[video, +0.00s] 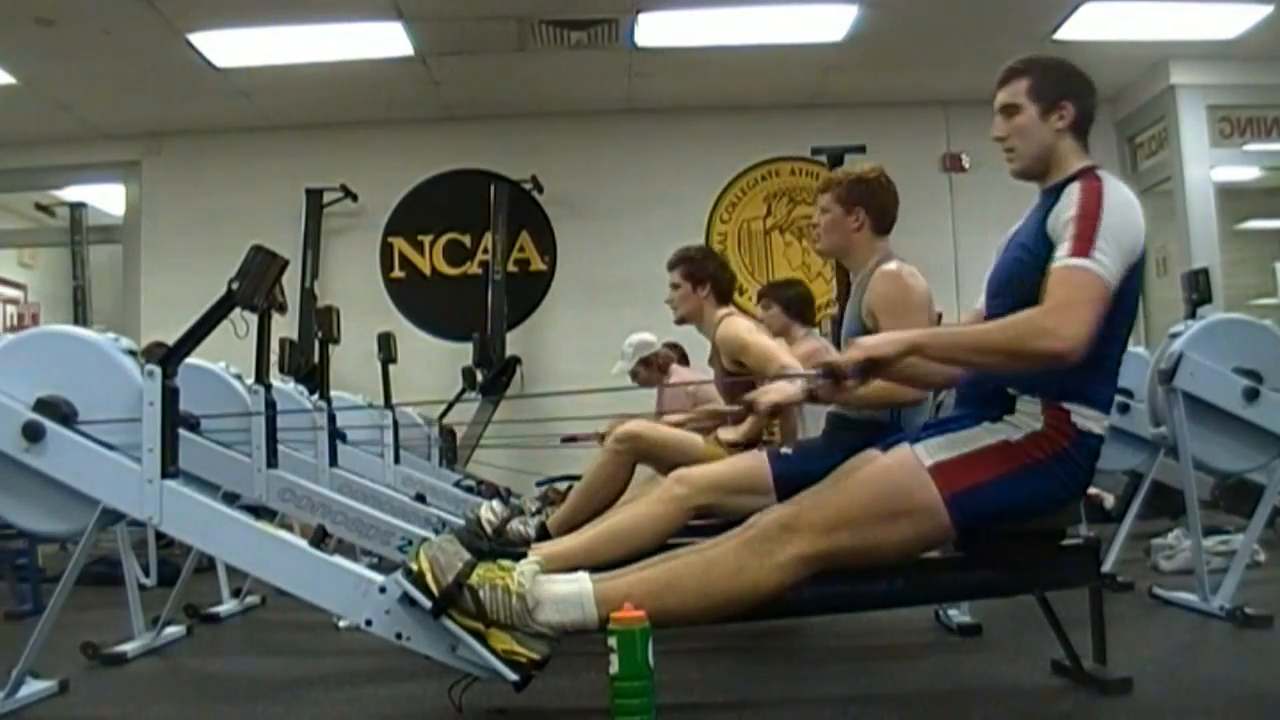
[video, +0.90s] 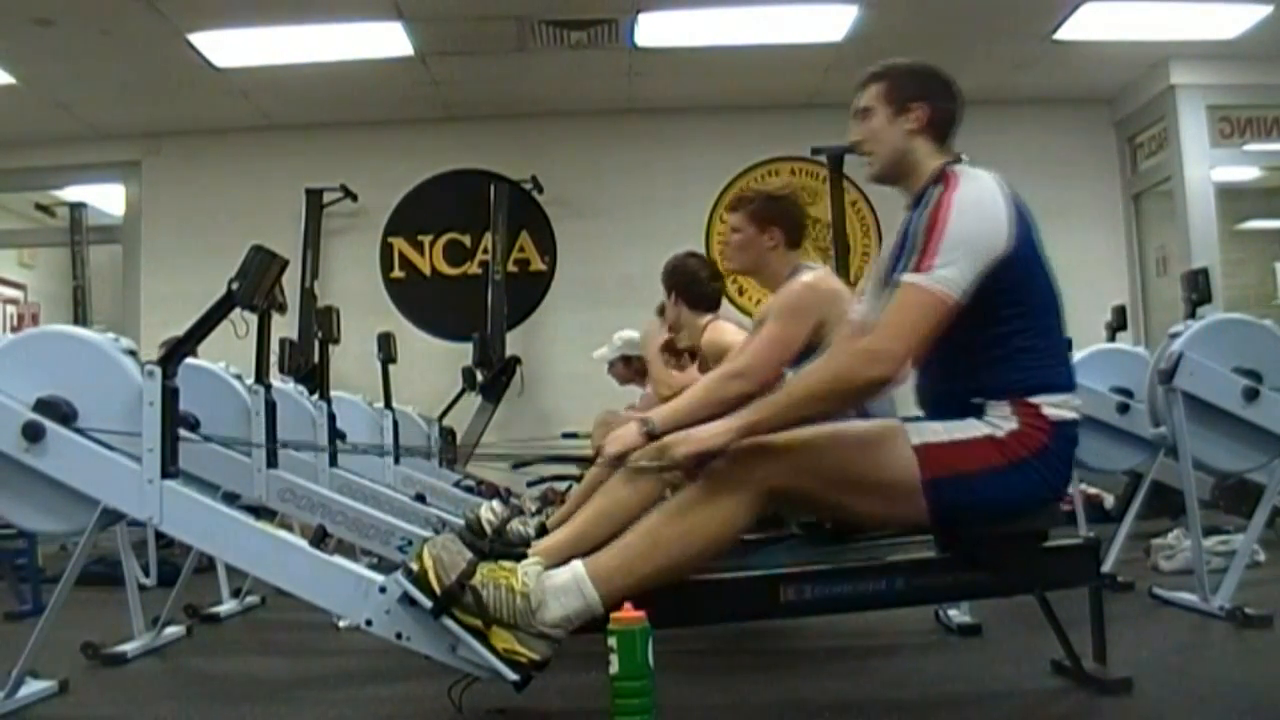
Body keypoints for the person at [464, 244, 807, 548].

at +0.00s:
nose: (670, 300)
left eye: (676, 289)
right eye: (670, 290)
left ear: (703, 290)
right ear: (702, 291)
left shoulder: (733, 331)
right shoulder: (722, 335)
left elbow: (795, 378)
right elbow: (756, 397)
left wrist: (743, 436)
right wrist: (708, 416)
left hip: (754, 461)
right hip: (736, 453)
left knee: (628, 437)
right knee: (623, 432)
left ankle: (549, 531)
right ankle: (555, 522)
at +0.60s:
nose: (647, 317)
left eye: (648, 305)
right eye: (647, 306)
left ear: (664, 305)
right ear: (684, 301)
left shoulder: (708, 340)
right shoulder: (697, 342)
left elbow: (772, 366)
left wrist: (743, 416)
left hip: (747, 450)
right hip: (735, 444)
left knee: (626, 443)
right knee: (620, 440)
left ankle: (549, 532)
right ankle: (554, 521)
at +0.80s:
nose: (658, 309)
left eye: (659, 300)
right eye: (659, 300)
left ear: (670, 302)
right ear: (690, 298)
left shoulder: (714, 336)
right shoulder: (700, 337)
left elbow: (769, 373)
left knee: (631, 441)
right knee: (626, 436)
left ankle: (549, 530)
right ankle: (556, 520)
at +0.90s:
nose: (663, 313)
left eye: (665, 301)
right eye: (664, 302)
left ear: (676, 299)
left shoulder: (718, 338)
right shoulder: (705, 339)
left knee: (625, 442)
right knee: (619, 431)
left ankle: (551, 528)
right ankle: (553, 521)